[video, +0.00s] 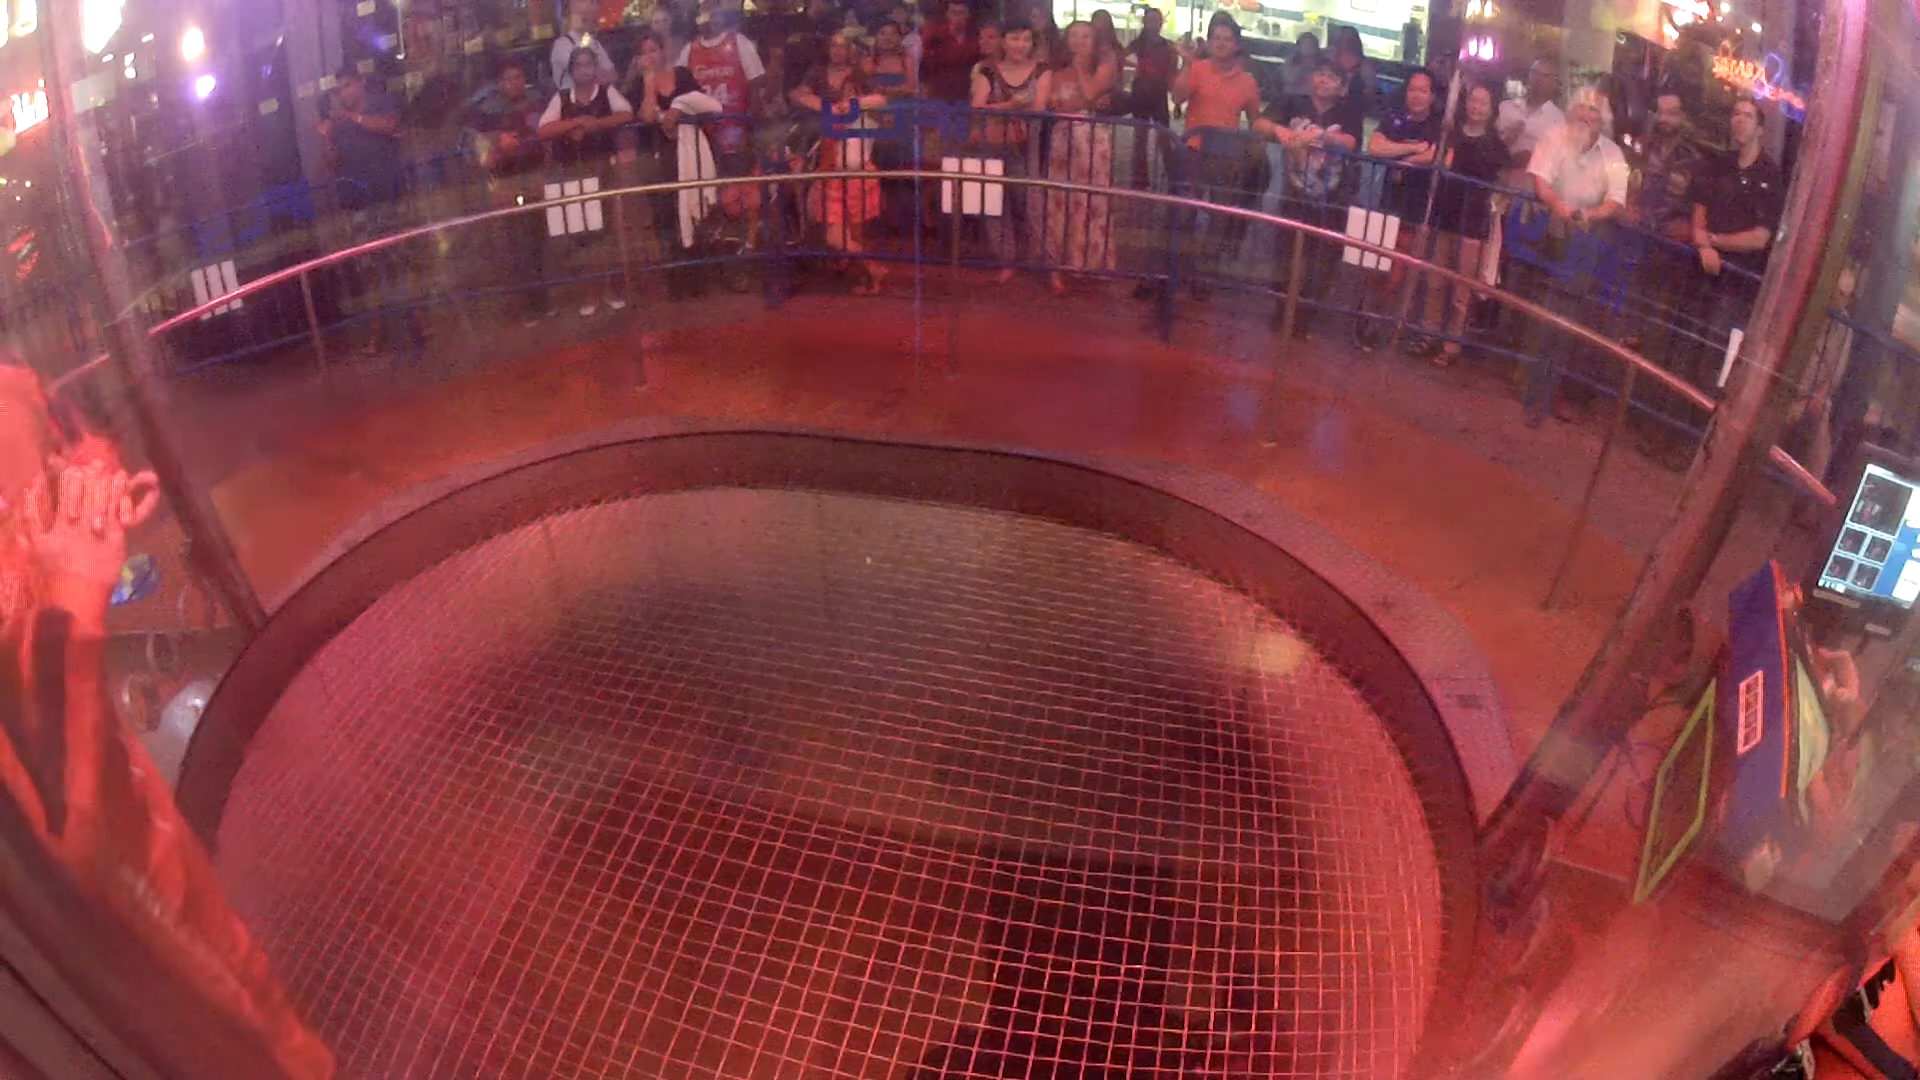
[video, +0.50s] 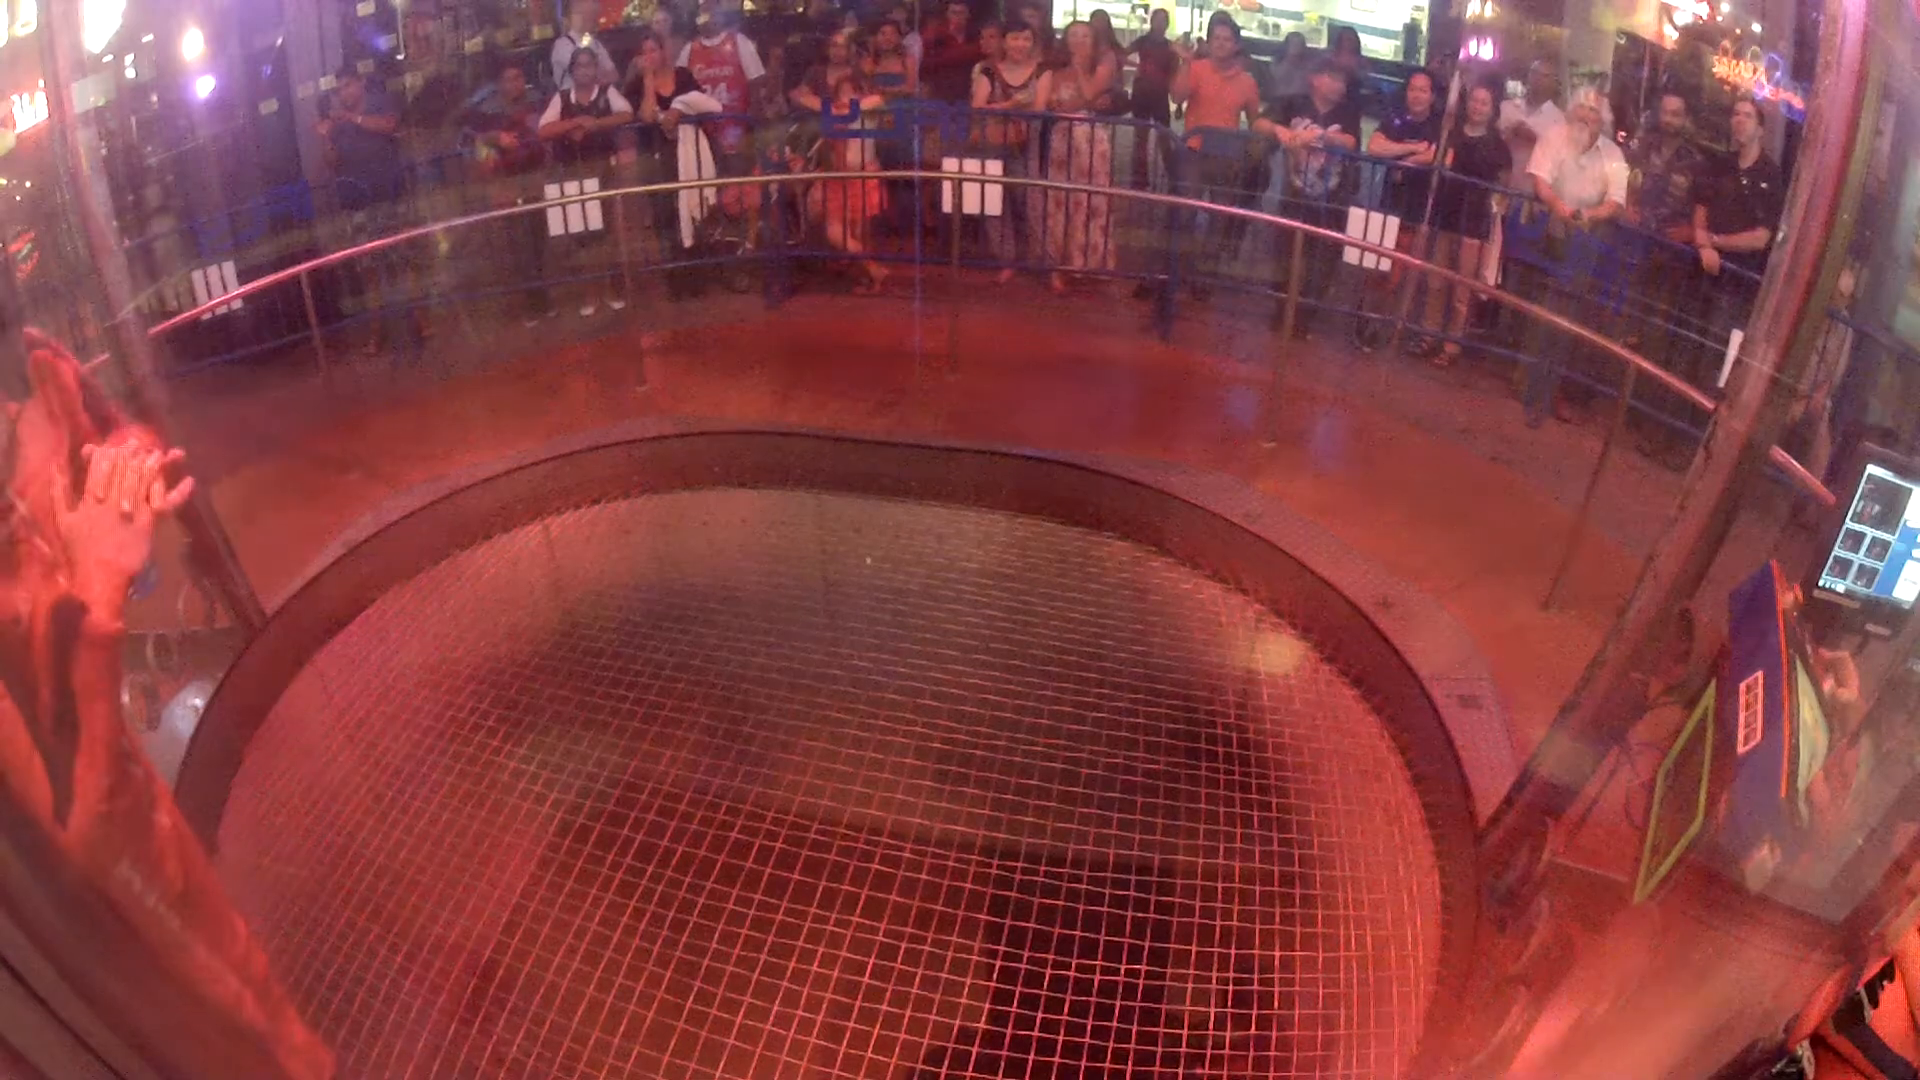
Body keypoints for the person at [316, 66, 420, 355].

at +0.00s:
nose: (344, 93)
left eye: (348, 86)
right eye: (340, 88)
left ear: (362, 85)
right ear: (338, 93)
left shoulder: (381, 106)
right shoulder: (338, 122)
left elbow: (390, 125)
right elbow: (333, 164)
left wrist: (353, 118)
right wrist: (327, 140)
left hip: (392, 197)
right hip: (358, 204)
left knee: (407, 262)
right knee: (368, 270)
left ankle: (418, 320)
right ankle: (376, 331)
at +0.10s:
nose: (344, 93)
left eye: (348, 86)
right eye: (340, 89)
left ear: (362, 85)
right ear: (338, 93)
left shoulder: (381, 104)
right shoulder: (339, 121)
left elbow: (390, 125)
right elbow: (333, 163)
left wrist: (353, 118)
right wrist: (327, 140)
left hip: (392, 197)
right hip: (357, 203)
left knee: (406, 261)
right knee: (368, 269)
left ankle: (418, 320)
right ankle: (376, 330)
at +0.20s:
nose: (344, 93)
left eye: (348, 86)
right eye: (340, 89)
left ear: (362, 85)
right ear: (338, 93)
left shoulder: (381, 104)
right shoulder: (339, 121)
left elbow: (390, 125)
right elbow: (333, 163)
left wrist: (353, 118)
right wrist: (327, 139)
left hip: (392, 196)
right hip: (358, 203)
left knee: (406, 261)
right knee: (368, 268)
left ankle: (418, 320)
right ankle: (376, 330)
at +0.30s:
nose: (344, 93)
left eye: (348, 86)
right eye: (340, 89)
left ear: (362, 85)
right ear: (337, 93)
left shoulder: (380, 105)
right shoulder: (339, 122)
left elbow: (389, 124)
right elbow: (333, 164)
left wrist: (351, 118)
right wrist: (327, 139)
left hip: (393, 197)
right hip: (358, 204)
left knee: (408, 262)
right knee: (369, 270)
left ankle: (419, 321)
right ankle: (376, 331)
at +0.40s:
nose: (344, 93)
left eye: (348, 86)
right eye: (339, 89)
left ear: (362, 85)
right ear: (337, 94)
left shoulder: (381, 104)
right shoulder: (339, 122)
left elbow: (389, 125)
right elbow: (333, 163)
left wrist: (351, 118)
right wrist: (327, 139)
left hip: (393, 197)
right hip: (358, 204)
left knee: (409, 262)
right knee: (368, 270)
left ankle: (420, 321)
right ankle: (376, 331)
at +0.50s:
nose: (344, 93)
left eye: (348, 86)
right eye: (339, 89)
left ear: (363, 85)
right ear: (337, 93)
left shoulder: (381, 106)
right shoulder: (339, 122)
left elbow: (389, 125)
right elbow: (333, 164)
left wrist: (351, 118)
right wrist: (327, 139)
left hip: (393, 197)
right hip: (358, 204)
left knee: (408, 262)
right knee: (369, 271)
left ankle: (420, 320)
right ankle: (376, 331)